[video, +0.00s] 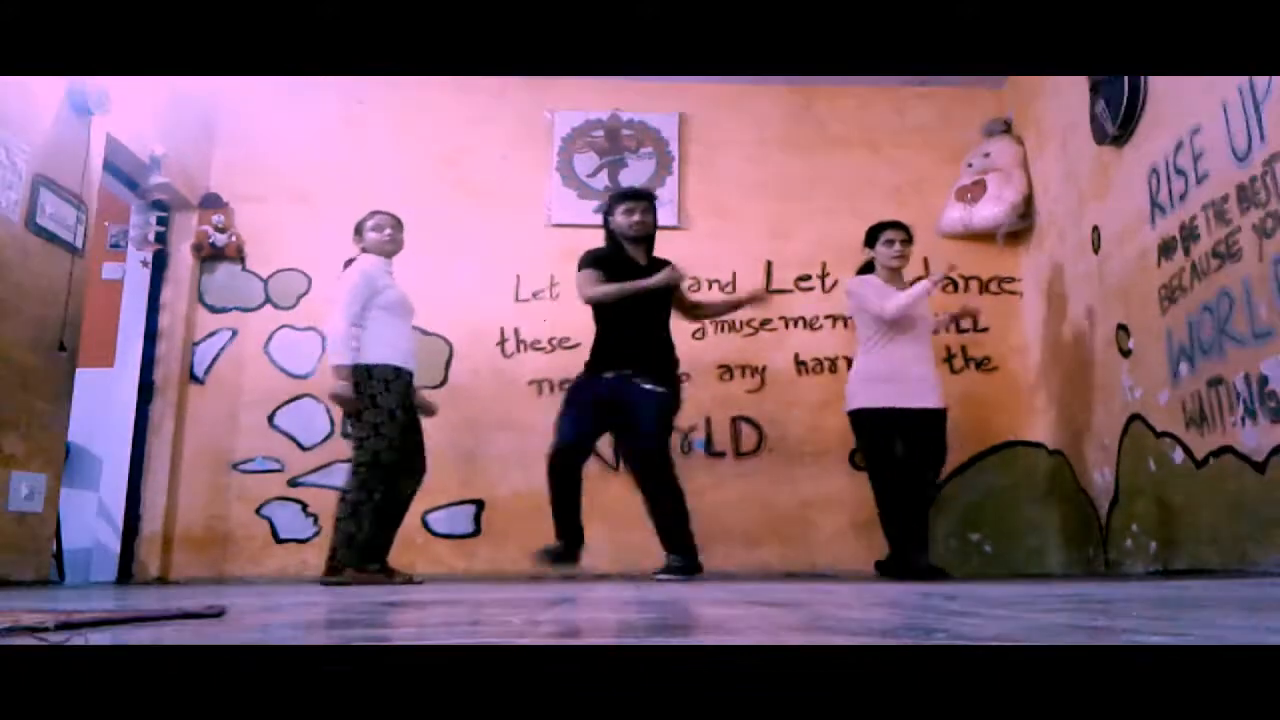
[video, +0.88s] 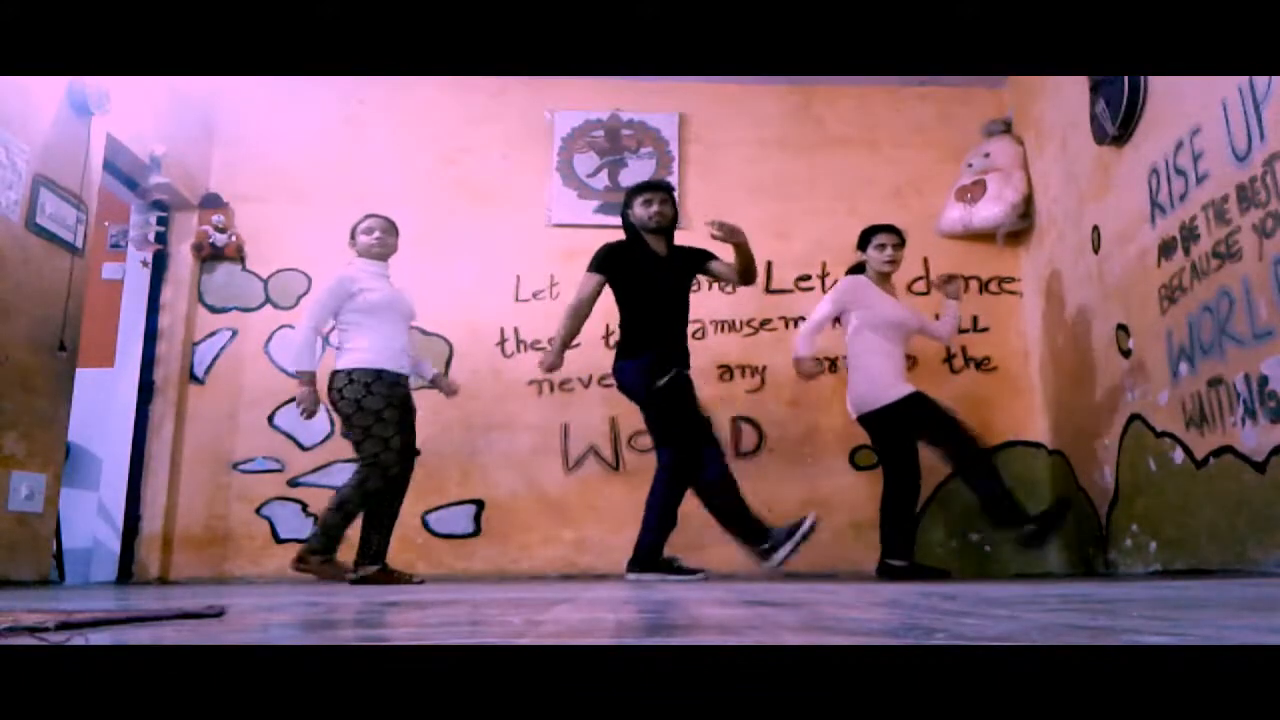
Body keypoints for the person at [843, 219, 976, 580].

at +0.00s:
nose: (898, 249)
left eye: (903, 244)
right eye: (889, 244)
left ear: (911, 251)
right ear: (871, 251)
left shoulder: (913, 291)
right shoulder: (860, 285)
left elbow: (915, 330)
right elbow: (890, 308)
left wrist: (947, 321)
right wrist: (930, 282)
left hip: (921, 394)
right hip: (876, 396)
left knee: (923, 478)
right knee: (891, 479)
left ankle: (917, 557)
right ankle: (902, 557)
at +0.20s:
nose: (902, 251)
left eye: (907, 246)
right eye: (893, 245)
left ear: (913, 254)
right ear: (875, 253)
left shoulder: (906, 300)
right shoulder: (866, 285)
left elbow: (948, 329)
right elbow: (842, 324)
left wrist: (973, 307)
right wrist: (889, 292)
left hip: (904, 394)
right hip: (887, 394)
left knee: (920, 473)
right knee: (943, 468)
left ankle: (900, 555)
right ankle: (917, 554)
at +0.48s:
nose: (898, 255)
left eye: (904, 249)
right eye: (890, 249)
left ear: (910, 257)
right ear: (872, 256)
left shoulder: (894, 299)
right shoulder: (865, 288)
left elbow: (941, 337)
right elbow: (834, 334)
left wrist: (948, 302)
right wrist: (877, 332)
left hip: (896, 399)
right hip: (897, 398)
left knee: (917, 479)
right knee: (987, 440)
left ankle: (898, 557)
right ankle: (935, 493)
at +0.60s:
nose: (895, 255)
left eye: (901, 250)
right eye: (887, 248)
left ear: (906, 257)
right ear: (870, 254)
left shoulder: (890, 299)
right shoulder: (861, 287)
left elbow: (939, 334)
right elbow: (834, 334)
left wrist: (950, 300)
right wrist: (879, 338)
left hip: (892, 397)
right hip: (890, 396)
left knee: (905, 482)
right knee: (969, 457)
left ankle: (896, 560)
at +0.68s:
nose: (894, 256)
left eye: (900, 251)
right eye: (885, 249)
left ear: (905, 258)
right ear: (868, 255)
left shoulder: (890, 301)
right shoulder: (859, 289)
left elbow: (938, 333)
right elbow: (832, 335)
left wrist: (949, 300)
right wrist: (876, 339)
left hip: (888, 398)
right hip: (890, 396)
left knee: (910, 477)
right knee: (984, 440)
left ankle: (896, 559)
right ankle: (977, 527)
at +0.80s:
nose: (891, 254)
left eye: (897, 249)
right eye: (882, 248)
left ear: (903, 256)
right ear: (865, 255)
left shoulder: (893, 307)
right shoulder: (855, 288)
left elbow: (942, 331)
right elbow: (813, 331)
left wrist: (949, 297)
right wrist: (832, 348)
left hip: (888, 398)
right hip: (888, 395)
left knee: (906, 480)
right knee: (984, 428)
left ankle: (896, 559)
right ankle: (952, 495)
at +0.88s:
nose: (889, 253)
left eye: (895, 247)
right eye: (880, 247)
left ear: (901, 255)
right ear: (864, 253)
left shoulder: (895, 306)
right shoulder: (852, 286)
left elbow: (943, 333)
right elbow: (814, 321)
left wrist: (952, 298)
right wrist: (803, 354)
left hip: (882, 396)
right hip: (883, 392)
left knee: (902, 476)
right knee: (961, 443)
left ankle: (895, 559)